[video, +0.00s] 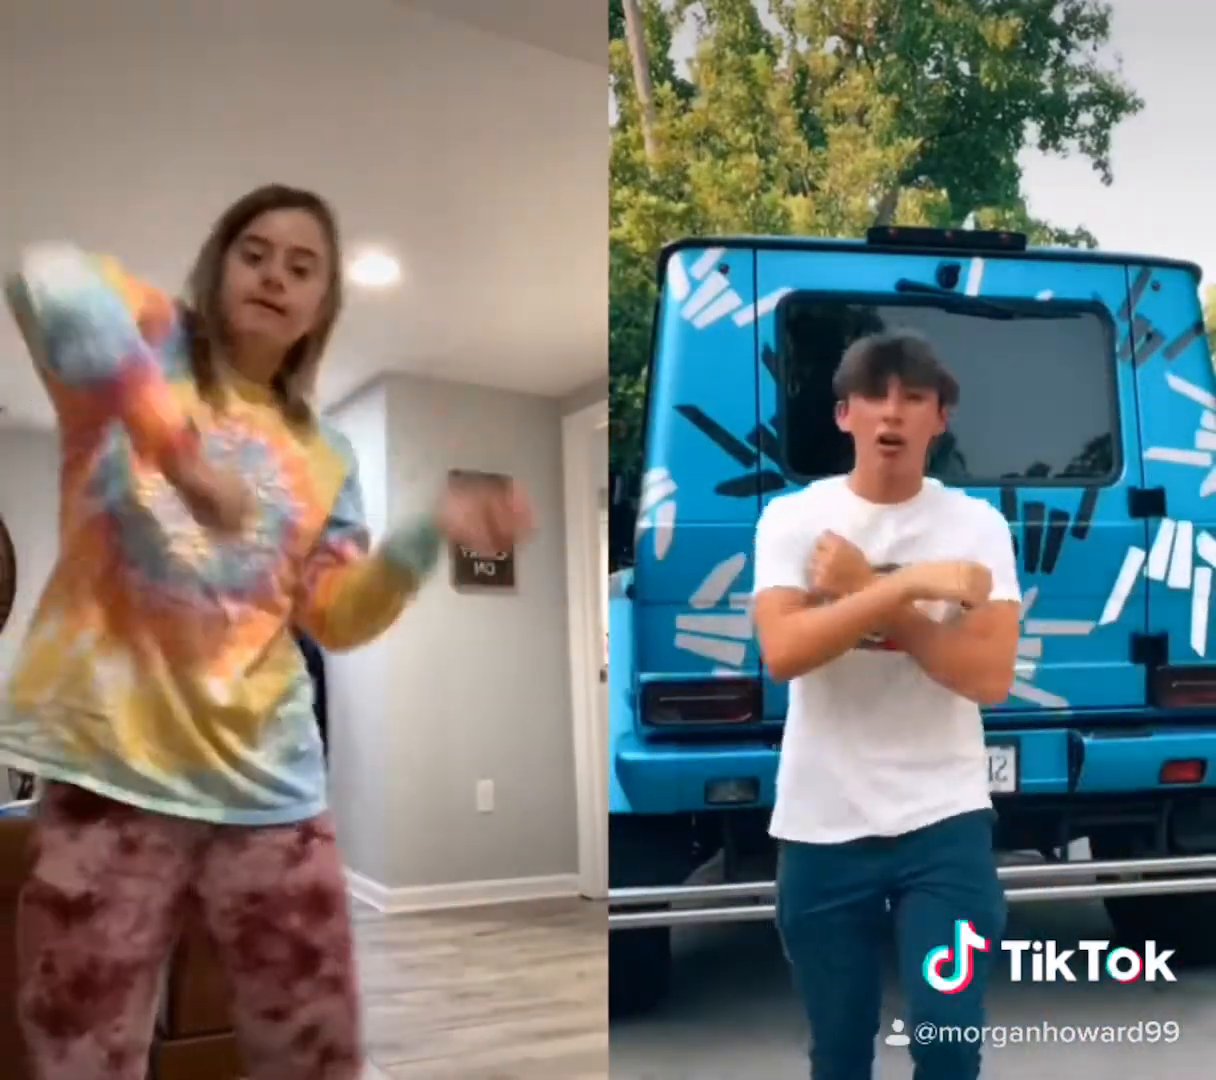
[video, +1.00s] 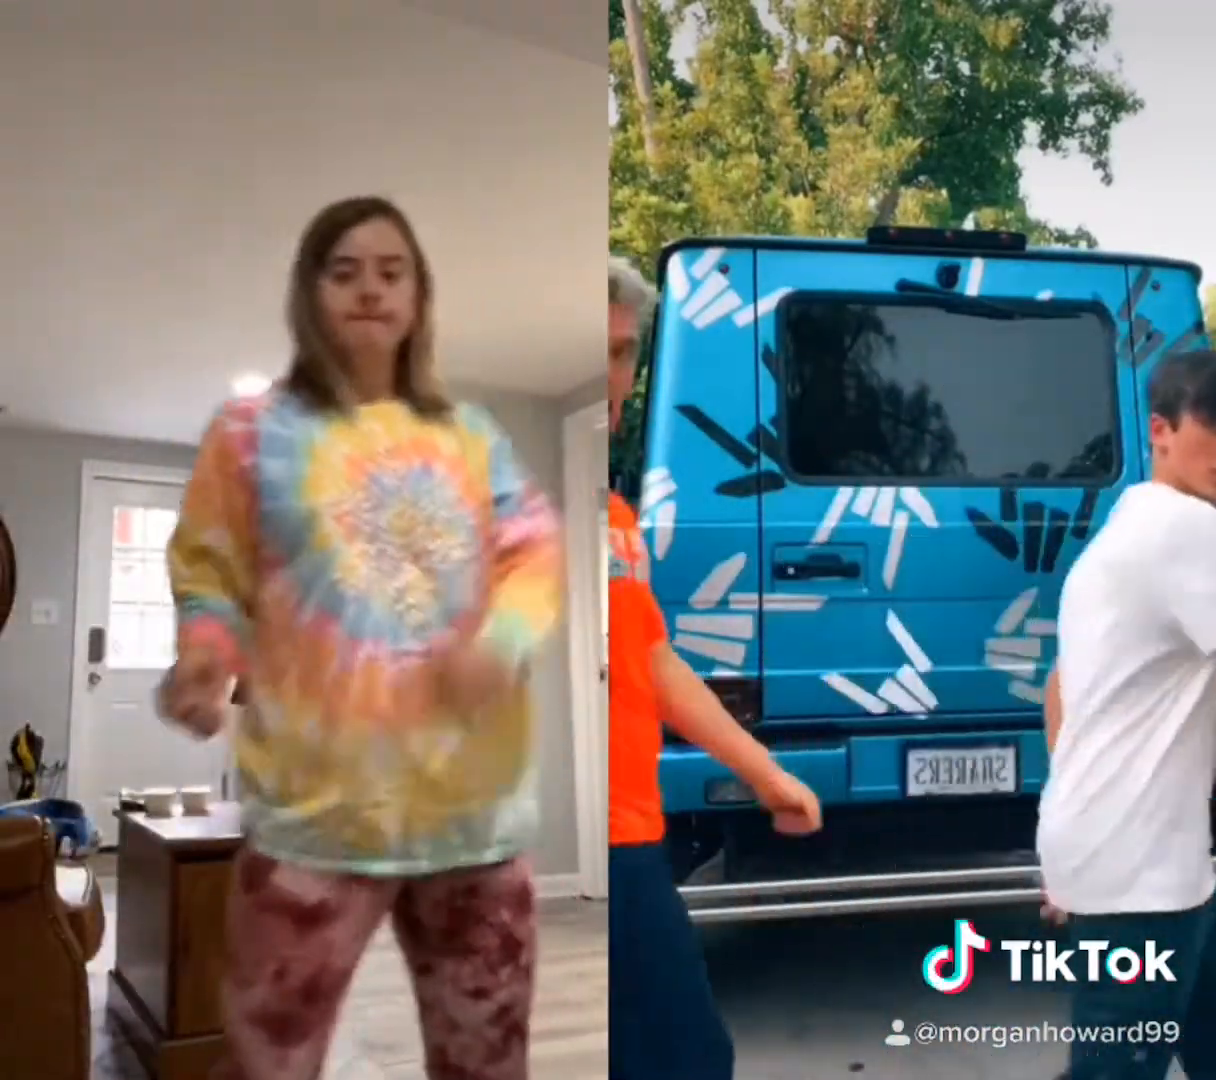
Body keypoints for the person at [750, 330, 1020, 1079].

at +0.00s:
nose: (893, 416)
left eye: (912, 401)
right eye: (876, 400)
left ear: (940, 419)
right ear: (845, 416)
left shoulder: (978, 524)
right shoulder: (792, 518)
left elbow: (990, 676)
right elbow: (783, 652)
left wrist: (870, 594)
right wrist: (914, 582)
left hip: (947, 824)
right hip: (823, 833)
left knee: (950, 1049)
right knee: (839, 1056)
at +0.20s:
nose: (934, 446)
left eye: (952, 429)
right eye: (915, 429)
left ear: (978, 449)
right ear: (883, 448)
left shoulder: (1011, 566)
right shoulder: (828, 567)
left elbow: (1037, 700)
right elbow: (815, 730)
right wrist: (953, 722)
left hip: (973, 855)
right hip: (855, 865)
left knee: (963, 1062)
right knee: (876, 1063)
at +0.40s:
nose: (991, 433)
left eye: (1008, 416)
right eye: (973, 412)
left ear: (1025, 430)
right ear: (927, 420)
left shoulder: (1014, 538)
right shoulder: (874, 543)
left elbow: (1033, 660)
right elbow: (833, 715)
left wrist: (1077, 721)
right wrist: (862, 877)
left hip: (988, 840)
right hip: (904, 854)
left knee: (974, 1051)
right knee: (942, 1057)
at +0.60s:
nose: (1053, 464)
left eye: (1064, 446)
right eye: (1032, 442)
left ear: (1074, 460)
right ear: (974, 453)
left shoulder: (997, 558)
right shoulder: (968, 558)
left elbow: (1034, 704)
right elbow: (871, 717)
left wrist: (1174, 712)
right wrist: (794, 882)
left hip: (982, 886)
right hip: (952, 897)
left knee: (1054, 1063)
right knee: (1033, 1069)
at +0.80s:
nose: (1133, 445)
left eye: (1144, 428)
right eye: (1113, 422)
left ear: (1154, 436)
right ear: (1053, 428)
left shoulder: (1025, 524)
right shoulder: (1068, 532)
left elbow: (1026, 726)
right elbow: (1074, 726)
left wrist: (1107, 818)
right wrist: (1116, 902)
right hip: (1016, 873)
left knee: (1163, 1020)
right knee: (1028, 1062)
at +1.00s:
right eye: (1209, 431)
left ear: (1170, 434)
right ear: (1162, 433)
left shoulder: (1129, 525)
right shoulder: (1184, 531)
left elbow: (1061, 697)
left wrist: (1072, 849)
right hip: (1138, 869)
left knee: (1202, 1054)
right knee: (1117, 1067)